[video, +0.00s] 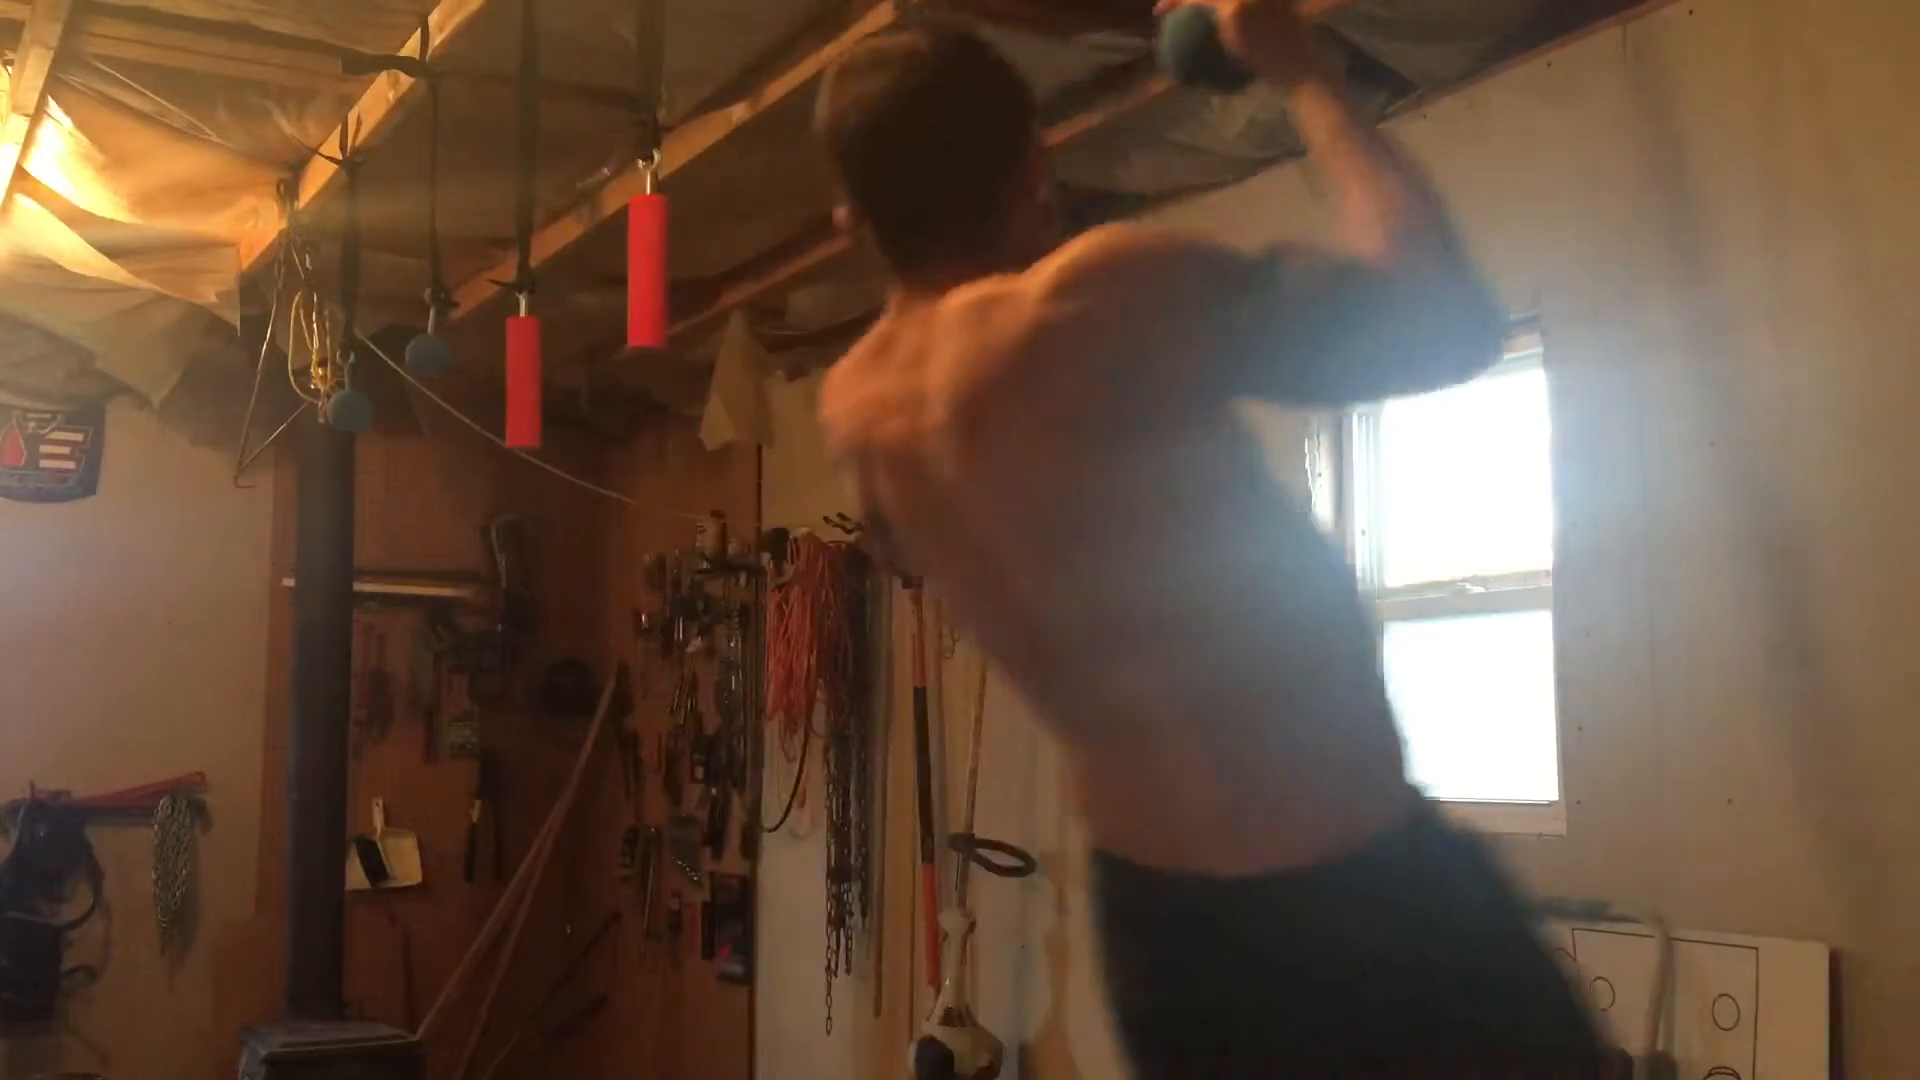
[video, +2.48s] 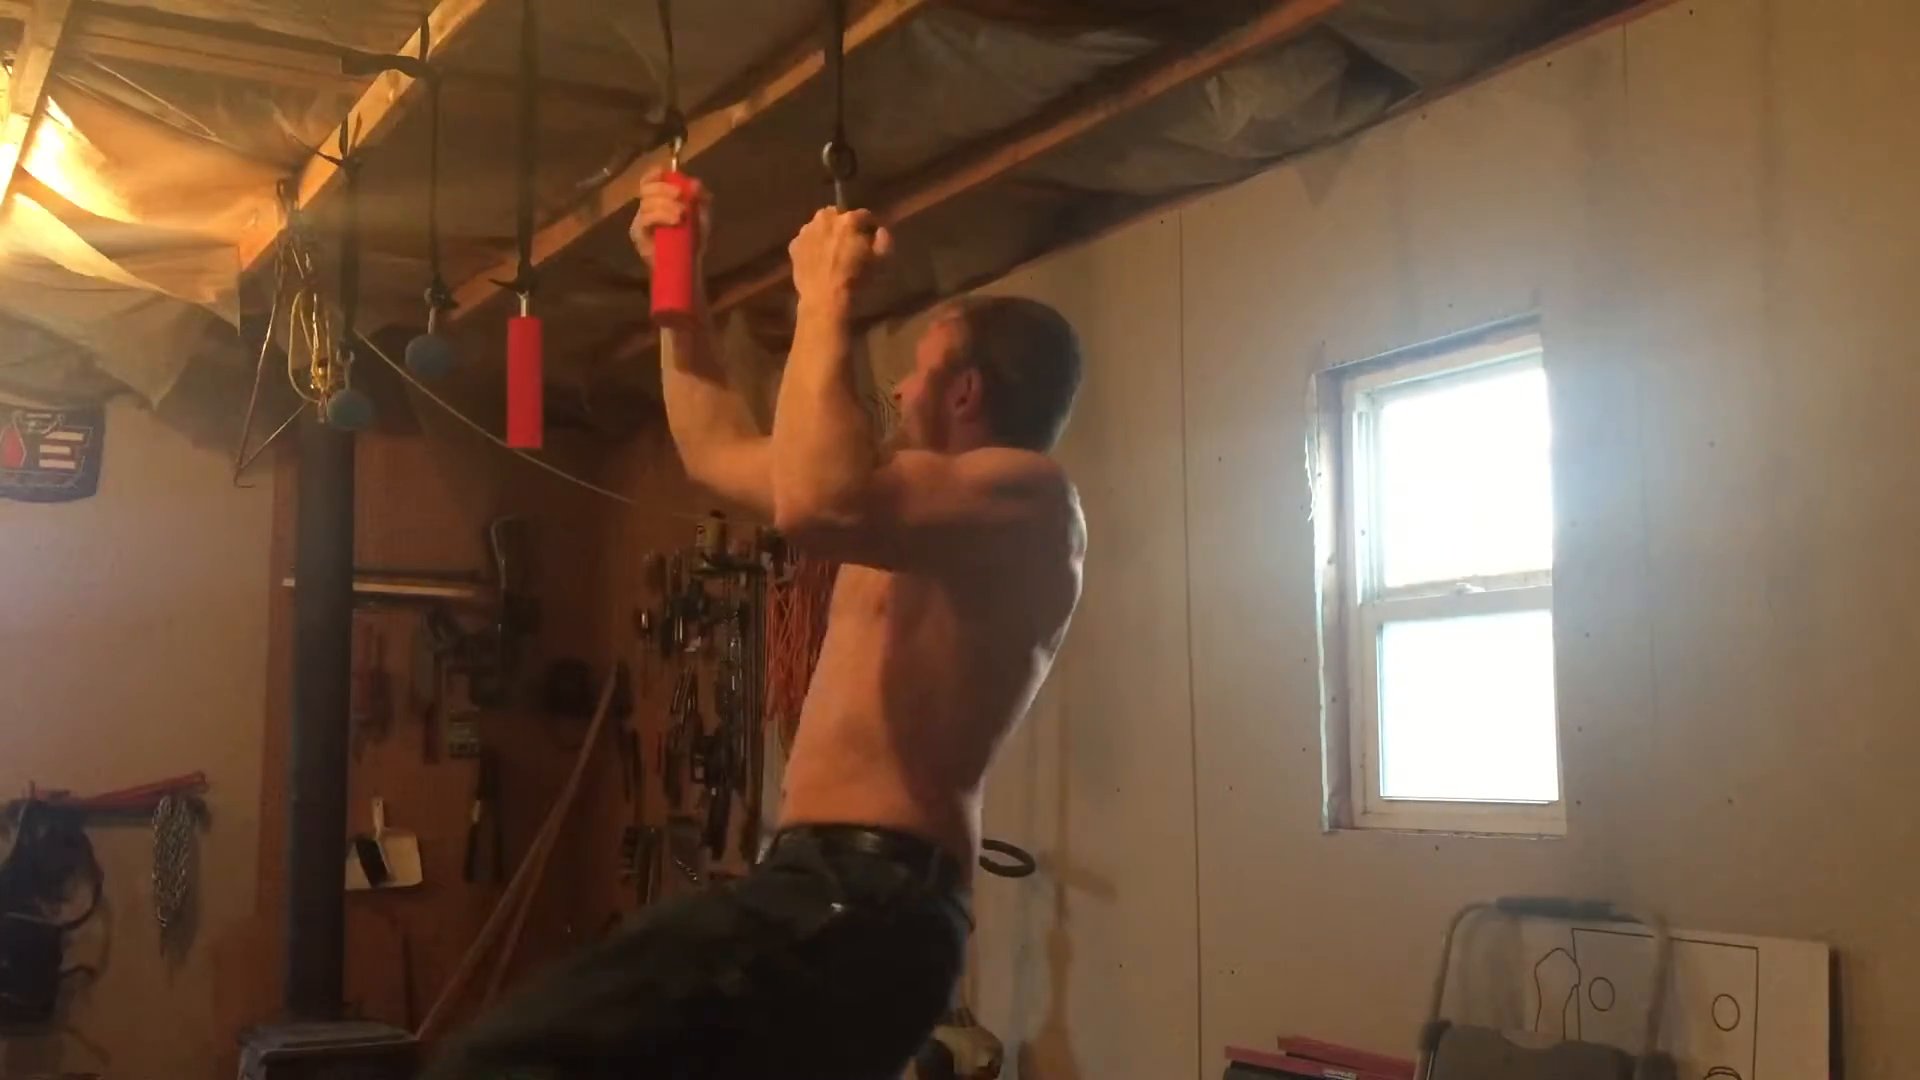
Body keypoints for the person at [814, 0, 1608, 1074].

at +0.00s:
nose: (1046, 166)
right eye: (1037, 144)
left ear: (853, 225)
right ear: (1031, 173)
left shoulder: (855, 407)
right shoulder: (1117, 294)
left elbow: (916, 561)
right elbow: (1445, 319)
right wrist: (1305, 79)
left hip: (1155, 929)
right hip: (1363, 903)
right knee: (1557, 1064)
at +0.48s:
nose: (1105, 79)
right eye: (1090, 58)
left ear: (903, 181)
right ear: (1081, 75)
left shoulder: (918, 356)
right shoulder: (1188, 174)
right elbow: (1560, 159)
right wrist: (1445, 1)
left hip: (1296, 894)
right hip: (1514, 771)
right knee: (1880, 1002)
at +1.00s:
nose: (897, 248)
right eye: (887, 228)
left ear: (718, 292)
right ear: (879, 256)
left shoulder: (716, 436)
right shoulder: (896, 366)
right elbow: (1177, 312)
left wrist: (908, 268)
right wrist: (1096, 56)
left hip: (856, 997)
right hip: (1047, 982)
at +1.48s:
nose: (657, 280)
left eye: (672, 262)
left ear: (692, 296)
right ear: (868, 315)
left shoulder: (611, 417)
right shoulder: (943, 465)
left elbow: (605, 373)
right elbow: (981, 351)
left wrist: (674, 269)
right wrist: (991, 201)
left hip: (584, 843)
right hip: (754, 870)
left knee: (365, 879)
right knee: (623, 907)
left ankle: (336, 1057)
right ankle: (627, 1058)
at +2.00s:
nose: (906, 446)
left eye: (921, 430)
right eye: (920, 427)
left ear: (954, 459)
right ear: (1015, 483)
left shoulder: (943, 558)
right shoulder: (980, 584)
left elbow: (711, 500)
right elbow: (817, 442)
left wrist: (779, 309)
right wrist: (720, 293)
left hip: (660, 837)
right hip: (702, 917)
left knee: (367, 725)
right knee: (409, 1033)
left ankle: (85, 737)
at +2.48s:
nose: (899, 390)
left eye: (918, 370)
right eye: (907, 370)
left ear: (970, 392)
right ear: (977, 398)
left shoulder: (1028, 491)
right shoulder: (918, 497)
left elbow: (821, 499)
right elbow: (719, 449)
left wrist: (823, 300)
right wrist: (675, 266)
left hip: (866, 899)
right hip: (819, 886)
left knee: (499, 1058)